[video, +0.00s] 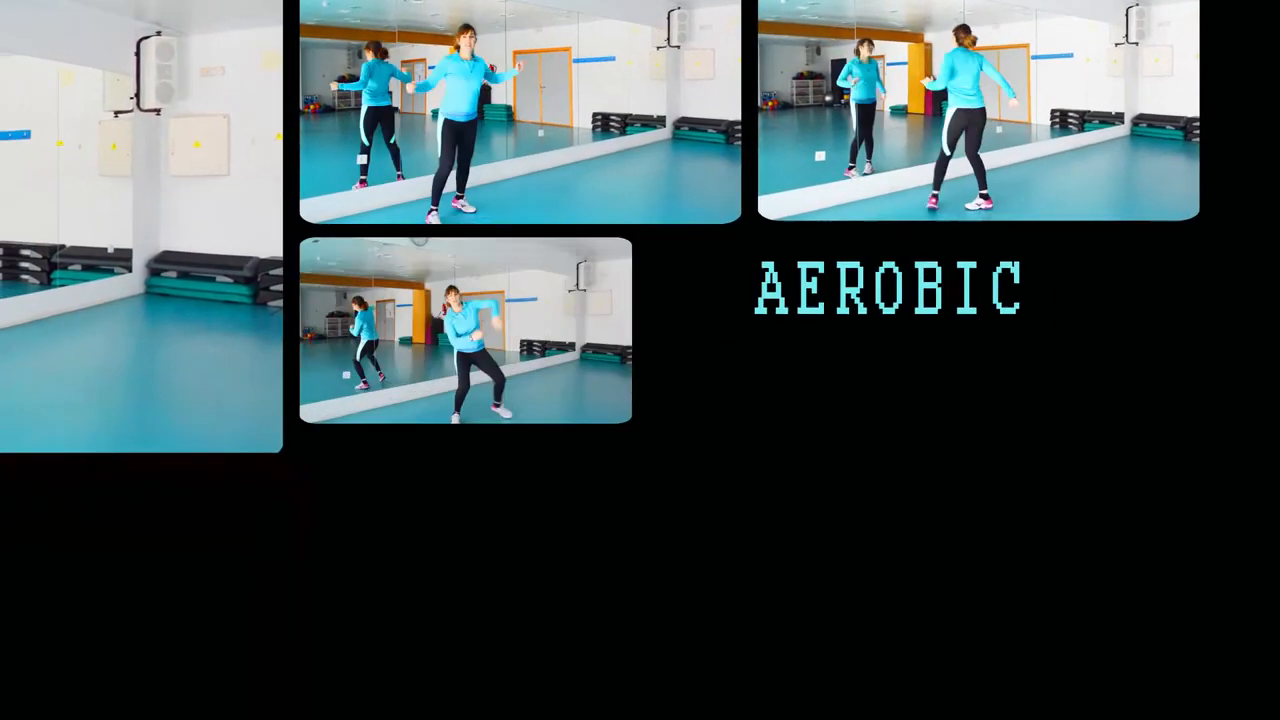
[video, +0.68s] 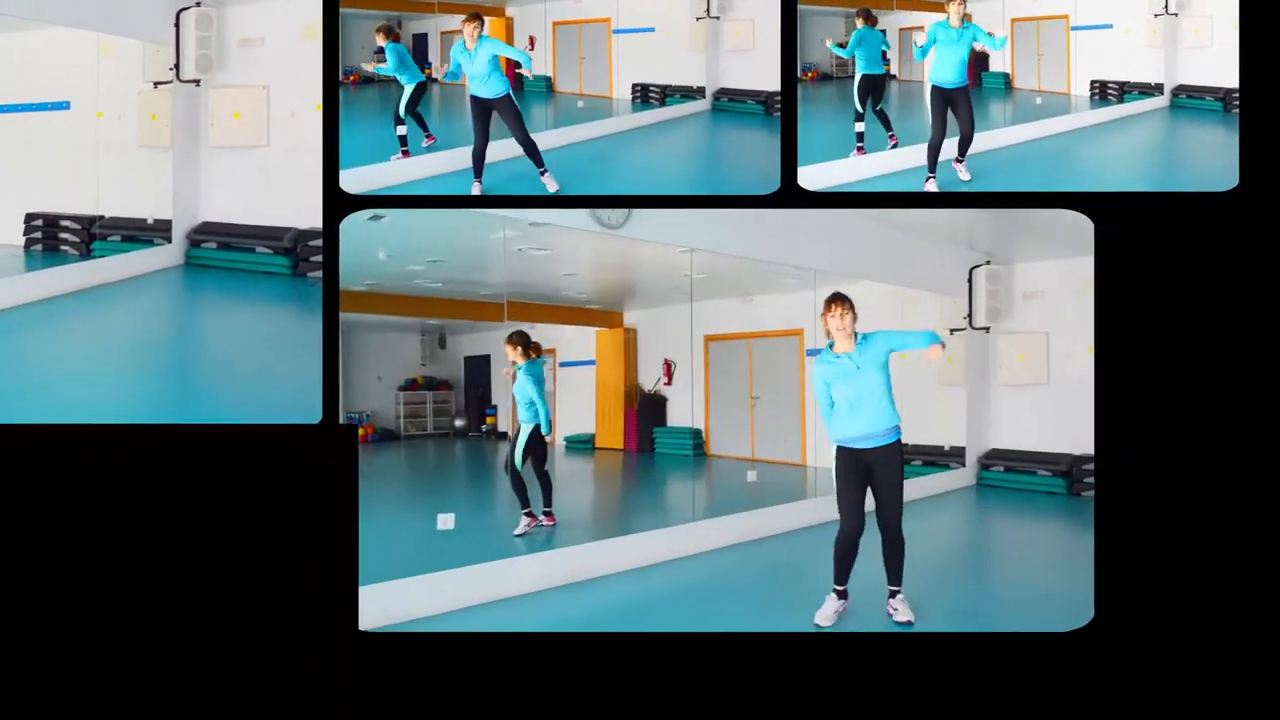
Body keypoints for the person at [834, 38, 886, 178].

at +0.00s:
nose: (870, 48)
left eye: (871, 46)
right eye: (867, 46)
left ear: (872, 49)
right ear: (860, 48)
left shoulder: (874, 63)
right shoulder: (852, 63)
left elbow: (878, 79)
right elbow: (839, 81)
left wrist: (883, 90)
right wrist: (850, 83)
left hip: (871, 100)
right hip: (857, 101)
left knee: (869, 133)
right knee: (859, 134)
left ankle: (869, 163)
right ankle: (851, 167)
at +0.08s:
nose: (877, 45)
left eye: (877, 42)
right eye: (876, 42)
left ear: (872, 43)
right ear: (870, 43)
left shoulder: (873, 58)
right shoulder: (861, 57)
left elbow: (871, 75)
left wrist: (880, 76)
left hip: (871, 95)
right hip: (861, 94)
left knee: (869, 127)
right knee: (862, 127)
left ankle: (865, 159)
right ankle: (855, 163)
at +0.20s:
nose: (880, 38)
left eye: (863, 36)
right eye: (878, 35)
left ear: (865, 37)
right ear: (876, 36)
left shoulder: (862, 50)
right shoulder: (876, 48)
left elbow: (849, 66)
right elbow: (875, 66)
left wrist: (843, 82)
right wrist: (889, 74)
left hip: (859, 86)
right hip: (870, 87)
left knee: (864, 121)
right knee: (870, 122)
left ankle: (861, 155)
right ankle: (862, 157)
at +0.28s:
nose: (863, 34)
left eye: (864, 32)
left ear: (866, 33)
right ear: (877, 32)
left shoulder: (860, 46)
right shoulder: (881, 45)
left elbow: (847, 61)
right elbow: (885, 61)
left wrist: (834, 76)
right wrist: (901, 68)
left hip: (860, 84)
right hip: (874, 84)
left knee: (862, 119)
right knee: (874, 120)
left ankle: (854, 152)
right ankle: (869, 155)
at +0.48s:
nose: (860, 28)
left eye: (861, 25)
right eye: (861, 25)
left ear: (864, 25)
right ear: (874, 25)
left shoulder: (860, 38)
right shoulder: (883, 39)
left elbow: (853, 55)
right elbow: (899, 52)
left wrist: (834, 63)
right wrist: (910, 51)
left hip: (863, 80)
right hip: (880, 79)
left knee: (858, 115)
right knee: (883, 114)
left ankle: (851, 151)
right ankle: (888, 148)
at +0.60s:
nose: (857, 25)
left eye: (858, 22)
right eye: (857, 22)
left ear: (862, 22)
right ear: (871, 21)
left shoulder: (860, 35)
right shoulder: (880, 36)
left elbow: (852, 56)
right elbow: (895, 48)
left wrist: (831, 53)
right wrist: (904, 51)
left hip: (863, 77)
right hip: (879, 77)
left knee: (858, 113)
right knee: (881, 111)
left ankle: (857, 151)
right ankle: (893, 144)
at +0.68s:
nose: (856, 22)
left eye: (856, 20)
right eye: (856, 20)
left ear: (860, 19)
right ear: (869, 19)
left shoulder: (858, 33)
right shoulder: (878, 33)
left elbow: (848, 54)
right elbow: (888, 47)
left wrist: (832, 47)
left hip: (863, 75)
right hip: (879, 74)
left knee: (860, 111)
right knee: (877, 107)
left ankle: (860, 148)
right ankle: (892, 136)